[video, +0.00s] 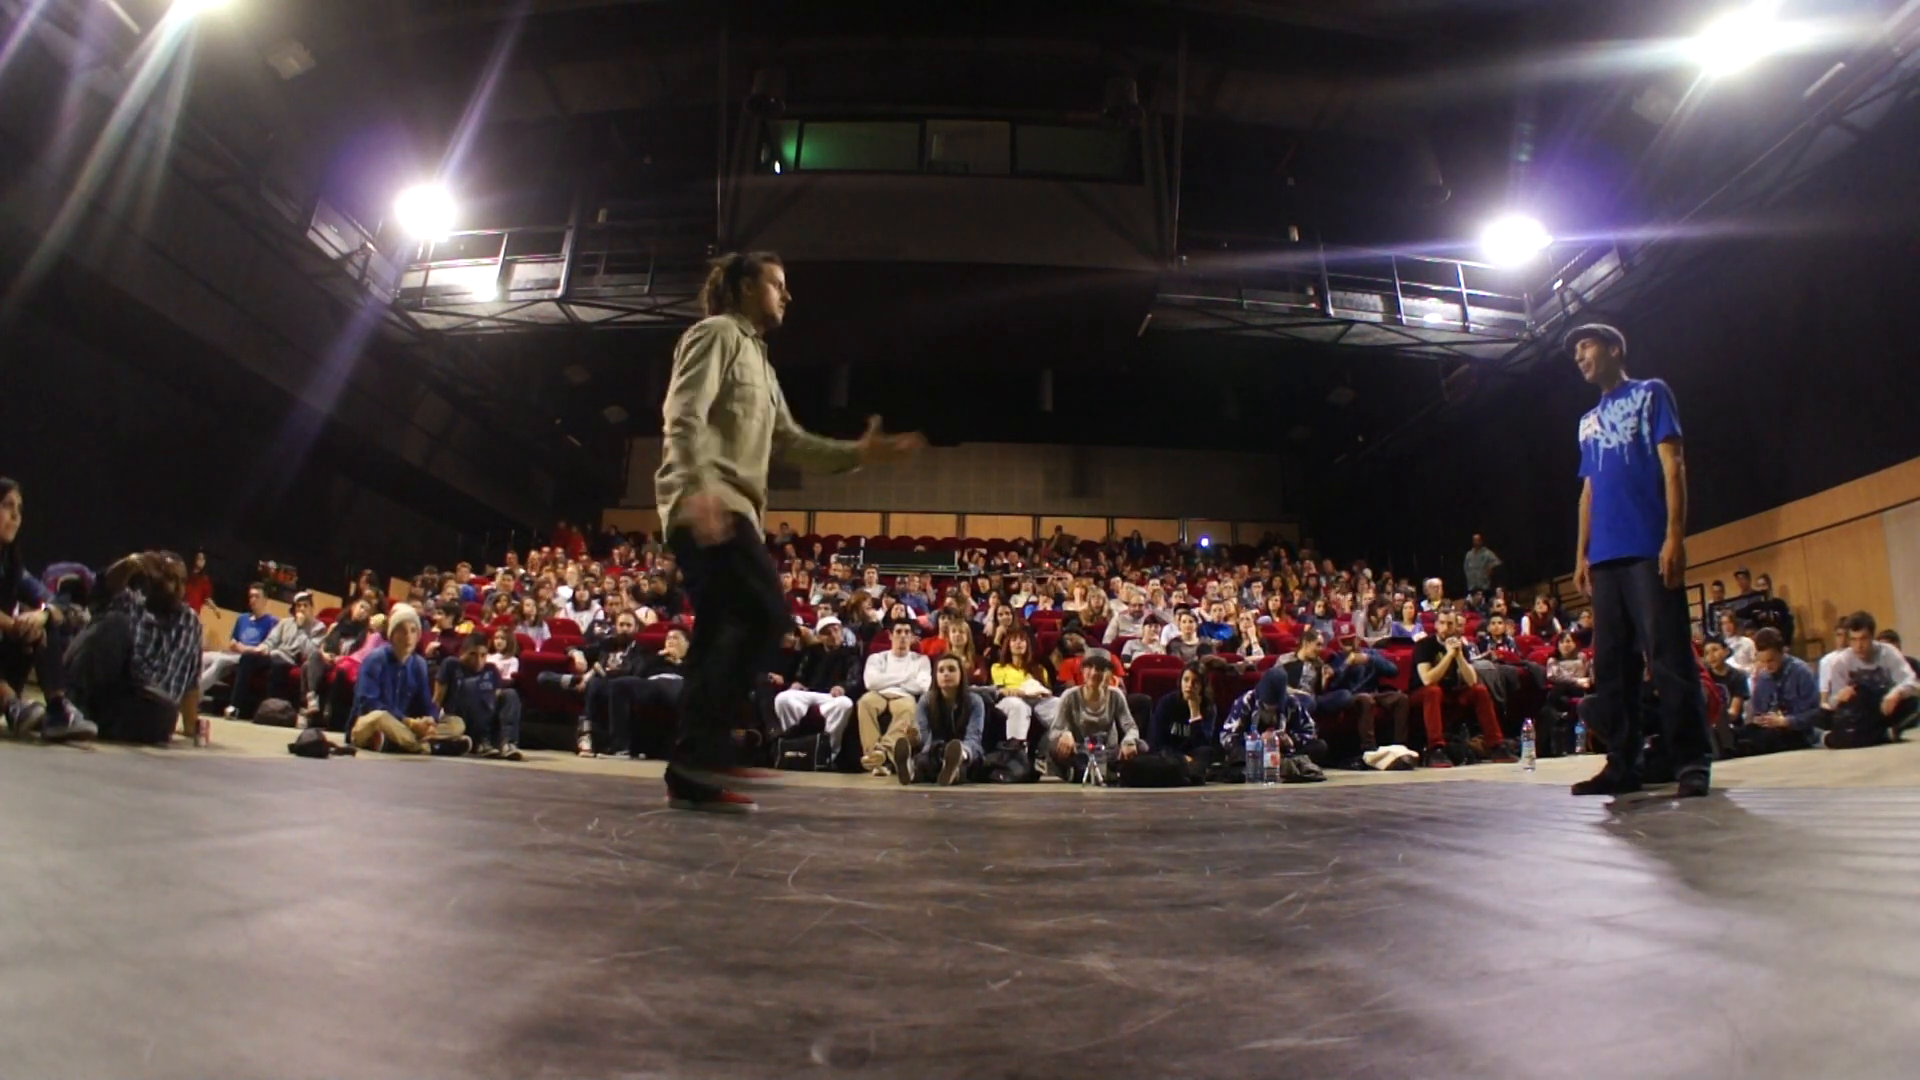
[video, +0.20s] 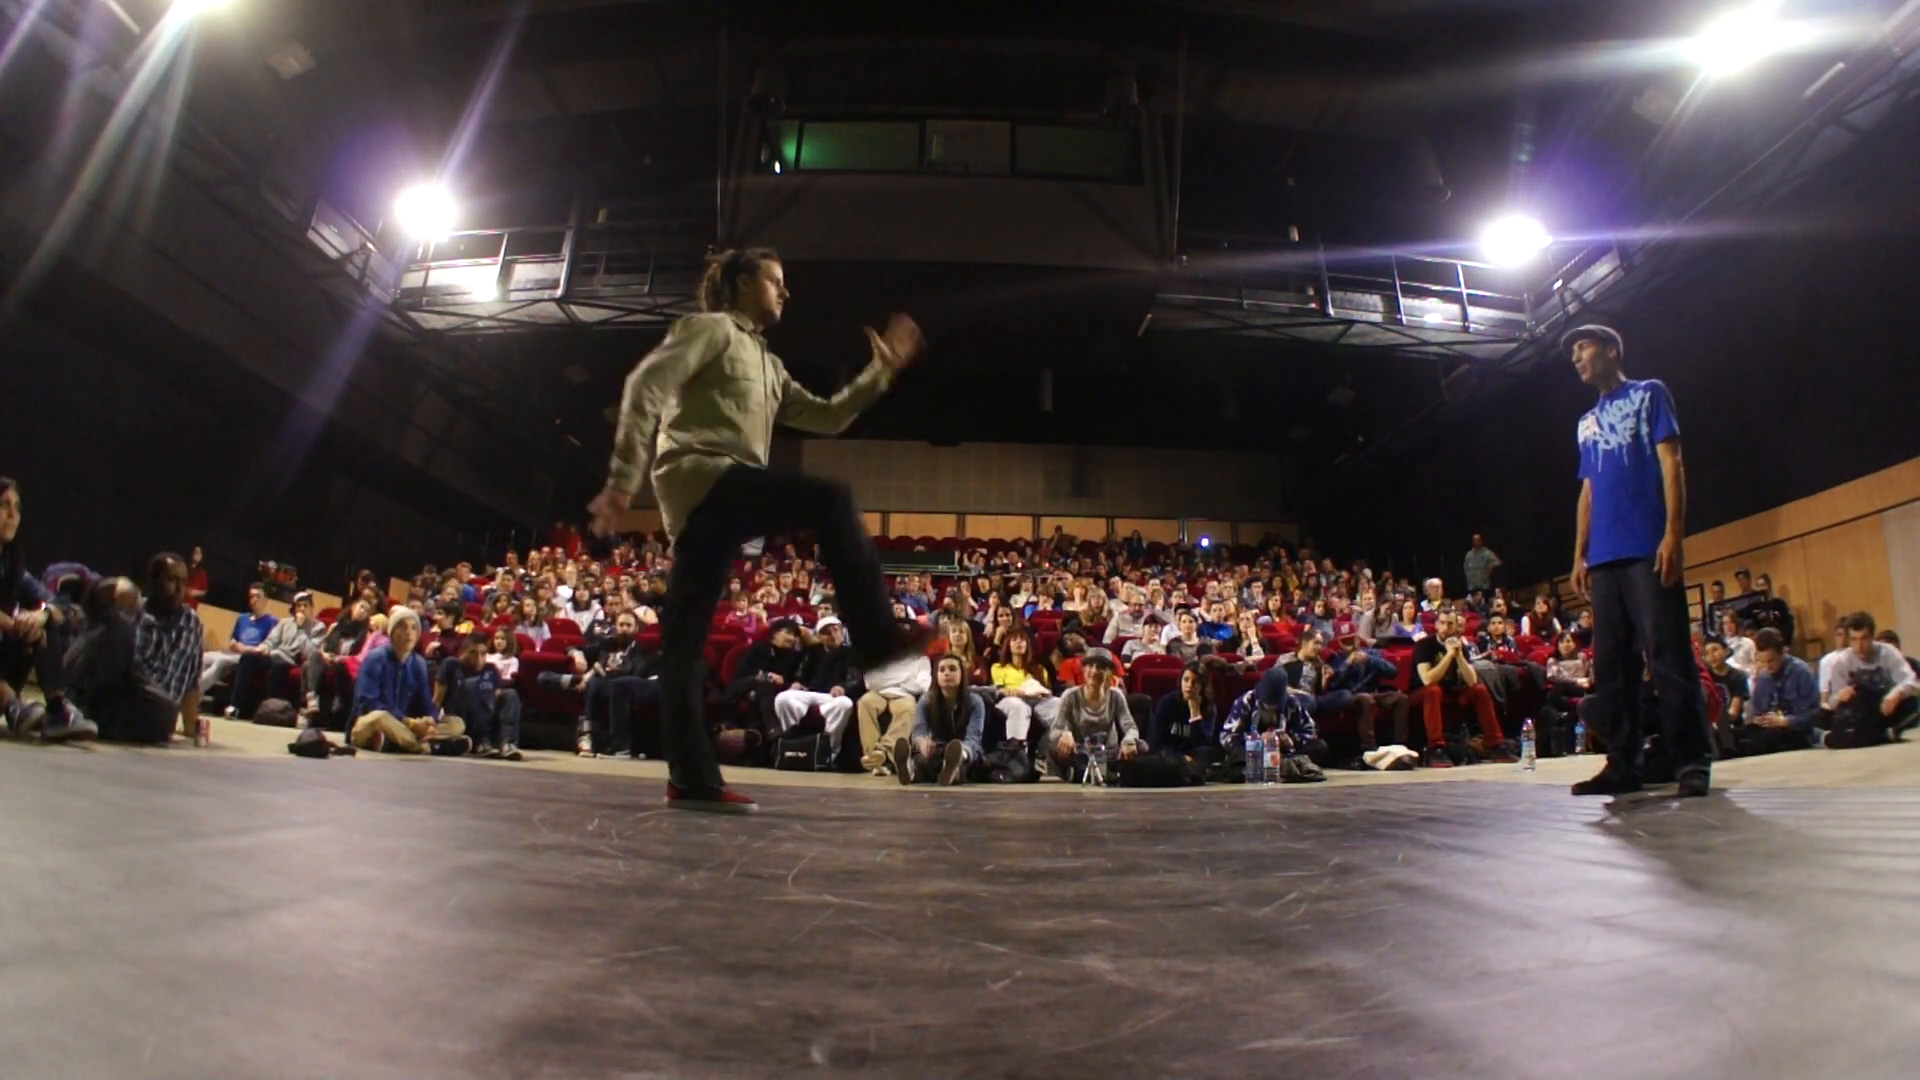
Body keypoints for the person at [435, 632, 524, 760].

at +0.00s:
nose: (478, 660)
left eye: (483, 655)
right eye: (473, 655)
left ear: (487, 655)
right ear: (464, 654)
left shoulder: (491, 669)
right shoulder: (450, 665)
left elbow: (495, 697)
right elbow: (438, 698)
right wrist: (429, 722)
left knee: (510, 695)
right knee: (470, 688)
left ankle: (508, 743)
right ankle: (483, 741)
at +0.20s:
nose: (478, 658)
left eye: (483, 653)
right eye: (473, 653)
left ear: (487, 654)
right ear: (464, 653)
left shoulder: (491, 670)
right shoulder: (450, 665)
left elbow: (495, 696)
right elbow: (438, 698)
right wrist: (430, 721)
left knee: (510, 695)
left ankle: (508, 743)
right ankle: (482, 742)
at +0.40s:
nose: (478, 658)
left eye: (483, 654)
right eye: (473, 653)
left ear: (486, 654)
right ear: (465, 653)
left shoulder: (491, 670)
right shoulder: (451, 665)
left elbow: (496, 696)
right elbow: (438, 698)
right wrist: (430, 721)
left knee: (510, 694)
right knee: (470, 690)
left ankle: (508, 743)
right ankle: (482, 742)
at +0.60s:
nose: (479, 660)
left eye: (482, 655)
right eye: (474, 654)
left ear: (486, 654)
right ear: (465, 654)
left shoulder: (491, 670)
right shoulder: (451, 665)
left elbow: (495, 697)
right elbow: (438, 698)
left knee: (510, 695)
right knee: (471, 690)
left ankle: (508, 743)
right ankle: (483, 741)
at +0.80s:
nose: (478, 658)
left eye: (483, 653)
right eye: (473, 653)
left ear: (486, 654)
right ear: (464, 653)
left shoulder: (491, 669)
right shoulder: (451, 665)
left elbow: (497, 694)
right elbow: (438, 697)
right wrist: (431, 720)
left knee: (511, 695)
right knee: (471, 687)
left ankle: (508, 743)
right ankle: (482, 741)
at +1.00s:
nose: (478, 658)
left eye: (483, 654)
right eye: (473, 653)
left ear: (486, 654)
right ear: (464, 653)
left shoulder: (491, 669)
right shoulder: (450, 665)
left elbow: (497, 694)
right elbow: (438, 697)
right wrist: (430, 720)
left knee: (511, 695)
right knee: (471, 688)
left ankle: (508, 743)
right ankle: (483, 741)